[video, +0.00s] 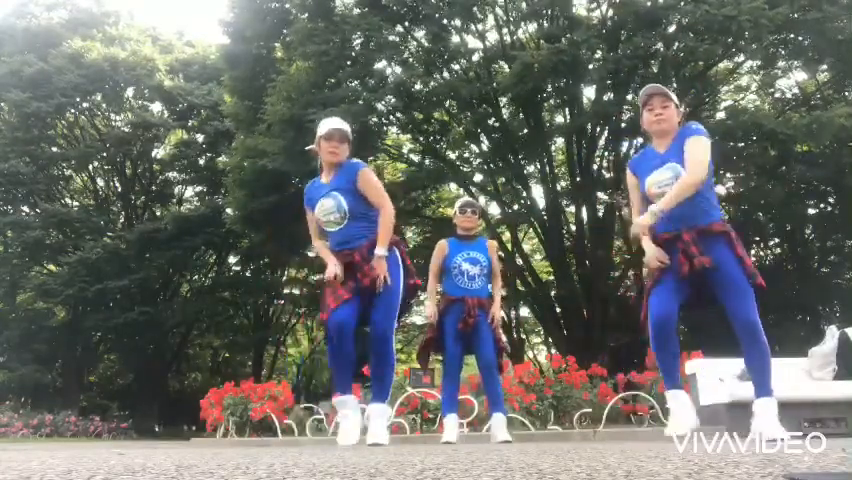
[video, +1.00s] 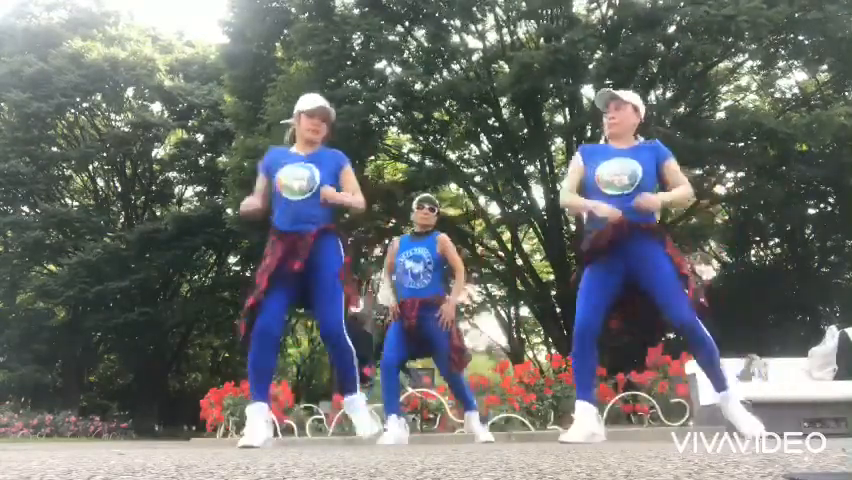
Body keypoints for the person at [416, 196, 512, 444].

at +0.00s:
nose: (468, 216)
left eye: (473, 213)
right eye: (463, 213)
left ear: (479, 219)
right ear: (455, 217)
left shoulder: (489, 246)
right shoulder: (444, 245)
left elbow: (496, 277)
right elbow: (433, 276)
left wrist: (497, 303)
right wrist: (431, 302)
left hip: (482, 306)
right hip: (454, 306)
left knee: (488, 361)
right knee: (452, 362)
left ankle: (498, 420)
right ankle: (449, 420)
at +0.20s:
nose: (469, 217)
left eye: (473, 214)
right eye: (464, 213)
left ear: (479, 219)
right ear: (455, 217)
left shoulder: (487, 242)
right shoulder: (444, 246)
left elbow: (501, 257)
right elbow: (436, 278)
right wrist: (439, 302)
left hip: (483, 307)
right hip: (454, 307)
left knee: (490, 362)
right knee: (449, 358)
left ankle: (498, 419)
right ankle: (440, 415)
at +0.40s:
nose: (456, 215)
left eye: (462, 212)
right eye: (453, 211)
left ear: (469, 218)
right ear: (445, 215)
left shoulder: (478, 243)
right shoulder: (433, 245)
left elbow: (498, 268)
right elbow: (423, 276)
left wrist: (483, 268)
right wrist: (424, 302)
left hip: (470, 306)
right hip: (441, 306)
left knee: (476, 362)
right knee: (437, 363)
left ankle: (495, 420)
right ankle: (431, 420)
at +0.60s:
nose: (452, 216)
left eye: (456, 213)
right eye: (447, 212)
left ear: (462, 216)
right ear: (439, 215)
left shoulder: (472, 242)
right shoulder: (428, 246)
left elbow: (484, 273)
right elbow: (421, 276)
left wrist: (480, 302)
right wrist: (421, 298)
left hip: (467, 306)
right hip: (439, 307)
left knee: (472, 363)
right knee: (432, 362)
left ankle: (481, 420)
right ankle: (430, 420)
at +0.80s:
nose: (437, 226)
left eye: (442, 223)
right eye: (432, 222)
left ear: (448, 228)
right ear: (424, 226)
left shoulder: (454, 253)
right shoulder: (418, 259)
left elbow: (479, 281)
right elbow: (416, 291)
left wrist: (469, 312)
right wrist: (418, 313)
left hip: (459, 320)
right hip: (432, 322)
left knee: (470, 369)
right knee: (411, 353)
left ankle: (482, 422)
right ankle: (410, 411)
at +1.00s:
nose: (425, 212)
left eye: (431, 209)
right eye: (421, 208)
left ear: (436, 216)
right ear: (413, 213)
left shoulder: (441, 240)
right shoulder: (396, 244)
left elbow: (460, 271)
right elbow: (386, 276)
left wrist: (452, 302)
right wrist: (389, 299)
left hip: (434, 309)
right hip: (404, 311)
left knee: (448, 366)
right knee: (388, 363)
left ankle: (473, 417)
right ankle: (395, 424)